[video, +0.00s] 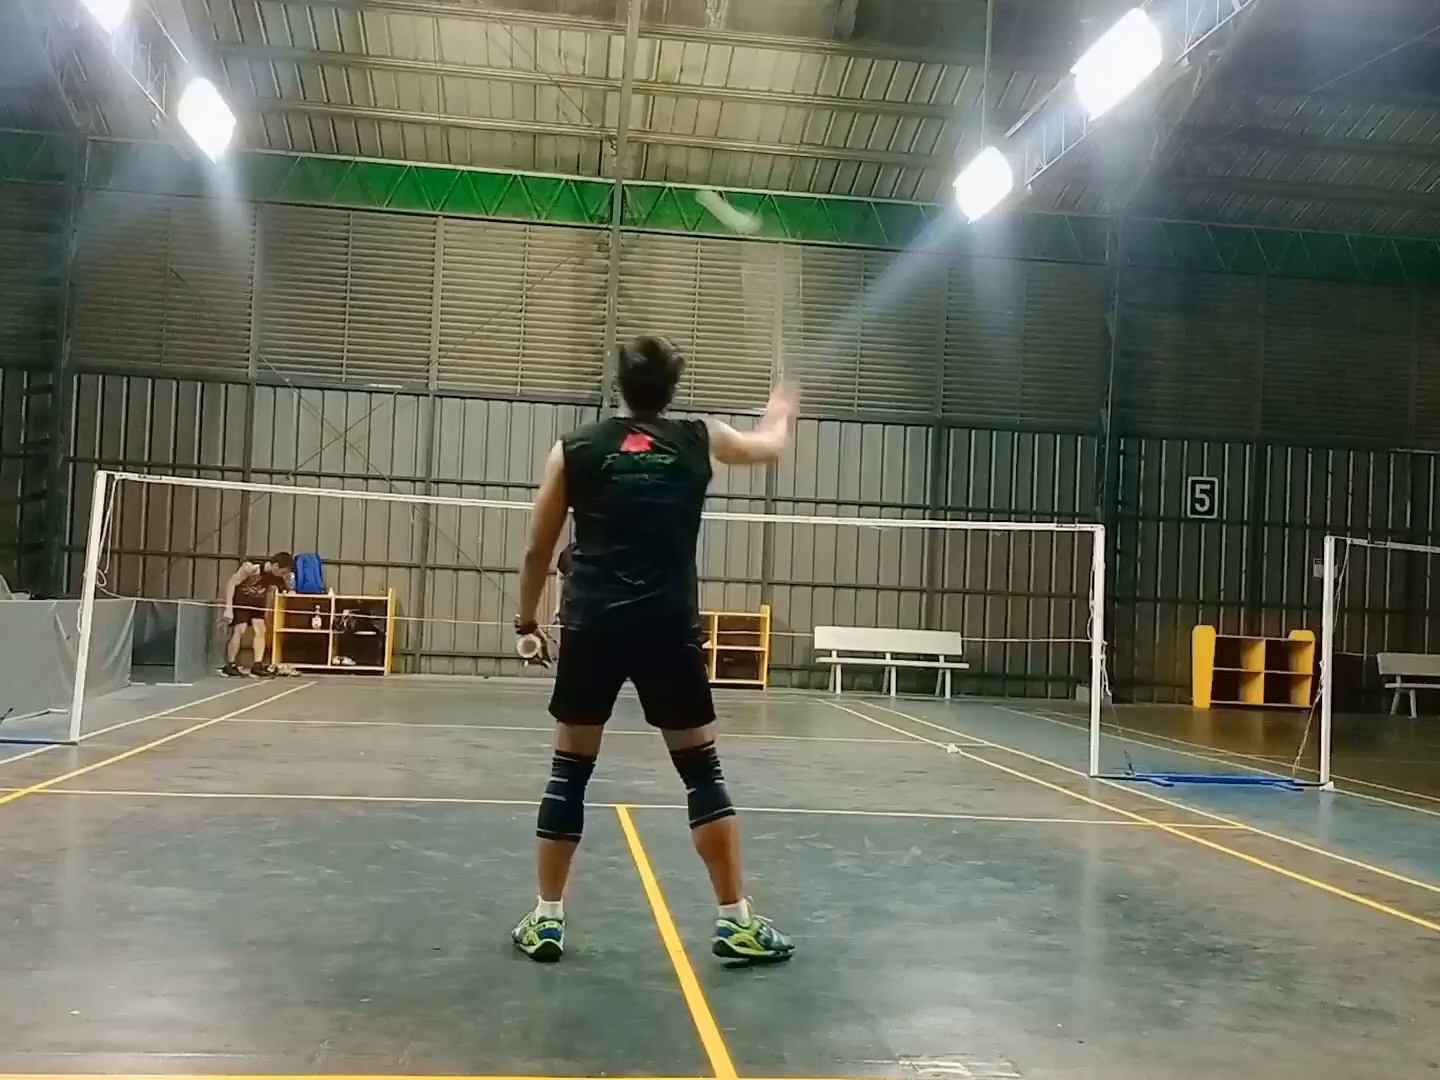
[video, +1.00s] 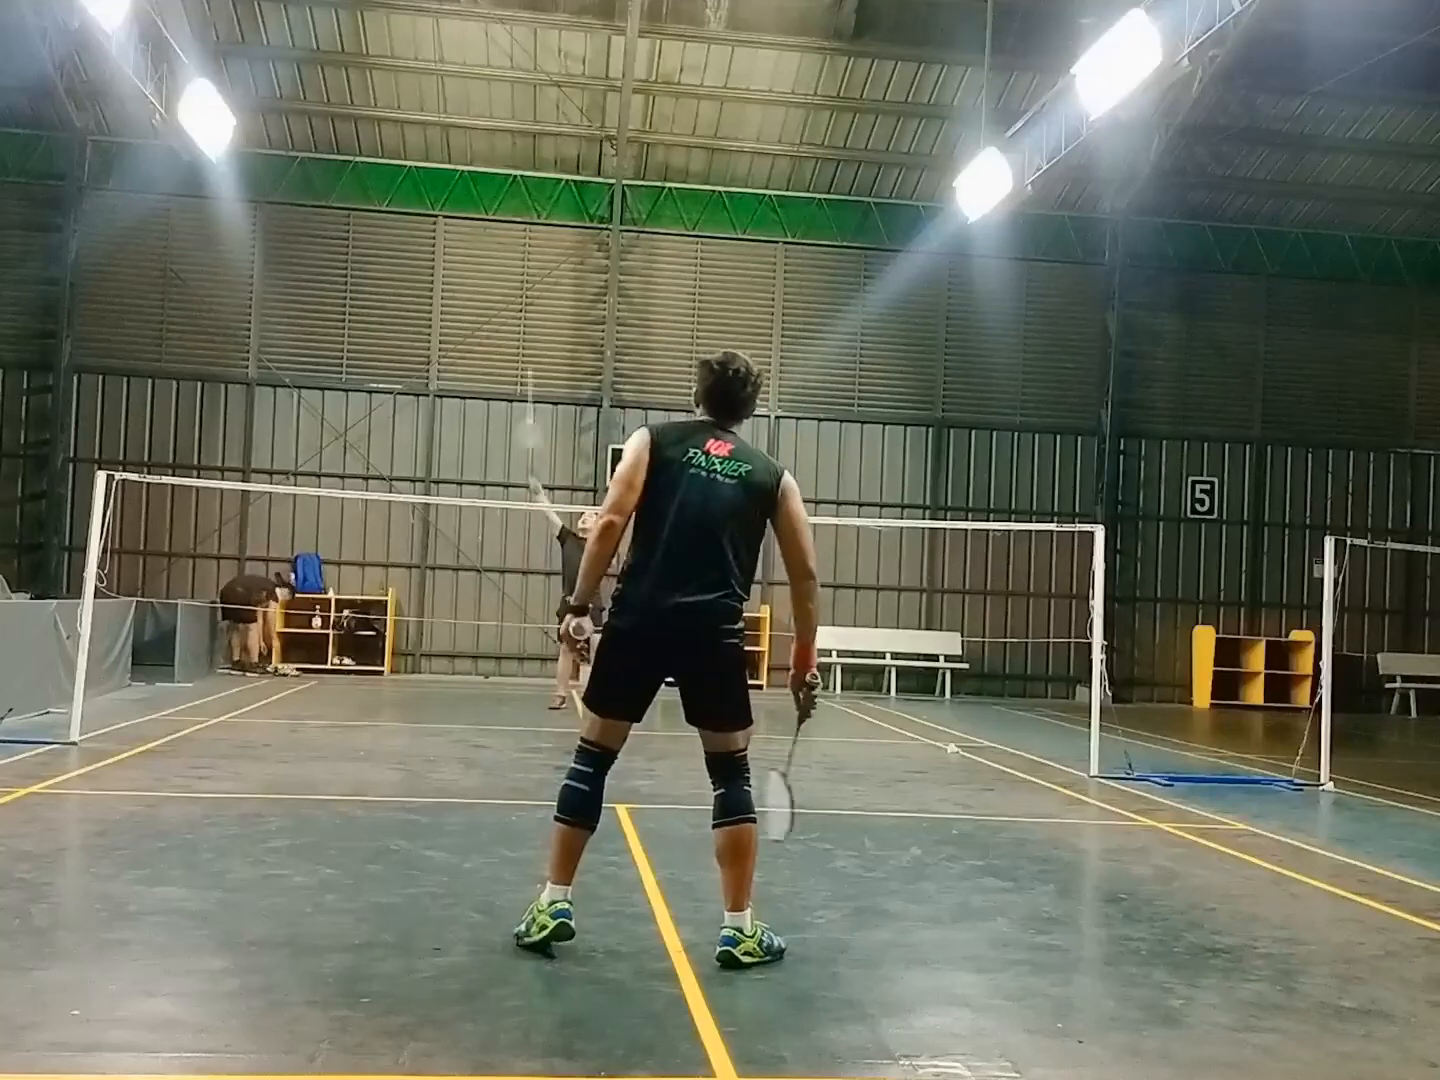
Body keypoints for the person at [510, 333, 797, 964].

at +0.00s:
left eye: (634, 382)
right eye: (669, 385)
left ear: (619, 389)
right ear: (673, 390)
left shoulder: (576, 447)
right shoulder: (700, 438)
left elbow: (540, 545)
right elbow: (766, 448)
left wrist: (527, 620)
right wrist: (779, 414)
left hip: (591, 630)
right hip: (668, 630)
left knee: (569, 767)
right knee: (701, 767)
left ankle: (547, 915)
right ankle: (736, 918)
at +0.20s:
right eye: (651, 384)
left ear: (603, 387)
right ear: (656, 388)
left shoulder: (563, 448)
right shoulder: (687, 434)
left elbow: (527, 546)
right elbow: (731, 463)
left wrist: (516, 616)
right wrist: (734, 485)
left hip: (587, 629)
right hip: (665, 628)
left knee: (568, 767)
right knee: (700, 764)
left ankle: (547, 916)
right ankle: (730, 912)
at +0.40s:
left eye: (612, 379)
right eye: (649, 384)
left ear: (605, 386)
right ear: (658, 389)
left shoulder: (565, 449)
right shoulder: (693, 455)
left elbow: (528, 547)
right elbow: (686, 543)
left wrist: (511, 625)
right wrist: (585, 566)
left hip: (591, 629)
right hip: (668, 629)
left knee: (569, 767)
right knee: (705, 763)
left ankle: (548, 916)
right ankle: (739, 910)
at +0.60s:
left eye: (644, 381)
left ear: (636, 390)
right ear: (690, 396)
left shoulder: (597, 449)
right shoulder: (720, 462)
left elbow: (563, 546)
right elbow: (725, 566)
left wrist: (533, 633)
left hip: (610, 629)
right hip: (687, 632)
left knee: (582, 767)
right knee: (716, 769)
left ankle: (549, 915)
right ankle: (737, 923)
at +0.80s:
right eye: (726, 394)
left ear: (678, 395)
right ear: (731, 403)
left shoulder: (635, 446)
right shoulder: (760, 472)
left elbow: (610, 530)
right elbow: (782, 573)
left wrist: (577, 622)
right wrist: (769, 649)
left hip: (633, 633)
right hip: (712, 641)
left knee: (589, 762)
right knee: (732, 774)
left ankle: (550, 906)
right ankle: (739, 926)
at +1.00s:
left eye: (700, 393)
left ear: (697, 399)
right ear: (749, 408)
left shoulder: (649, 441)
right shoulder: (773, 475)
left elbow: (611, 520)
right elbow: (803, 571)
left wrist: (580, 605)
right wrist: (805, 650)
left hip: (635, 628)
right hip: (715, 639)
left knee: (592, 758)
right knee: (730, 772)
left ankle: (553, 902)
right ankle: (739, 926)